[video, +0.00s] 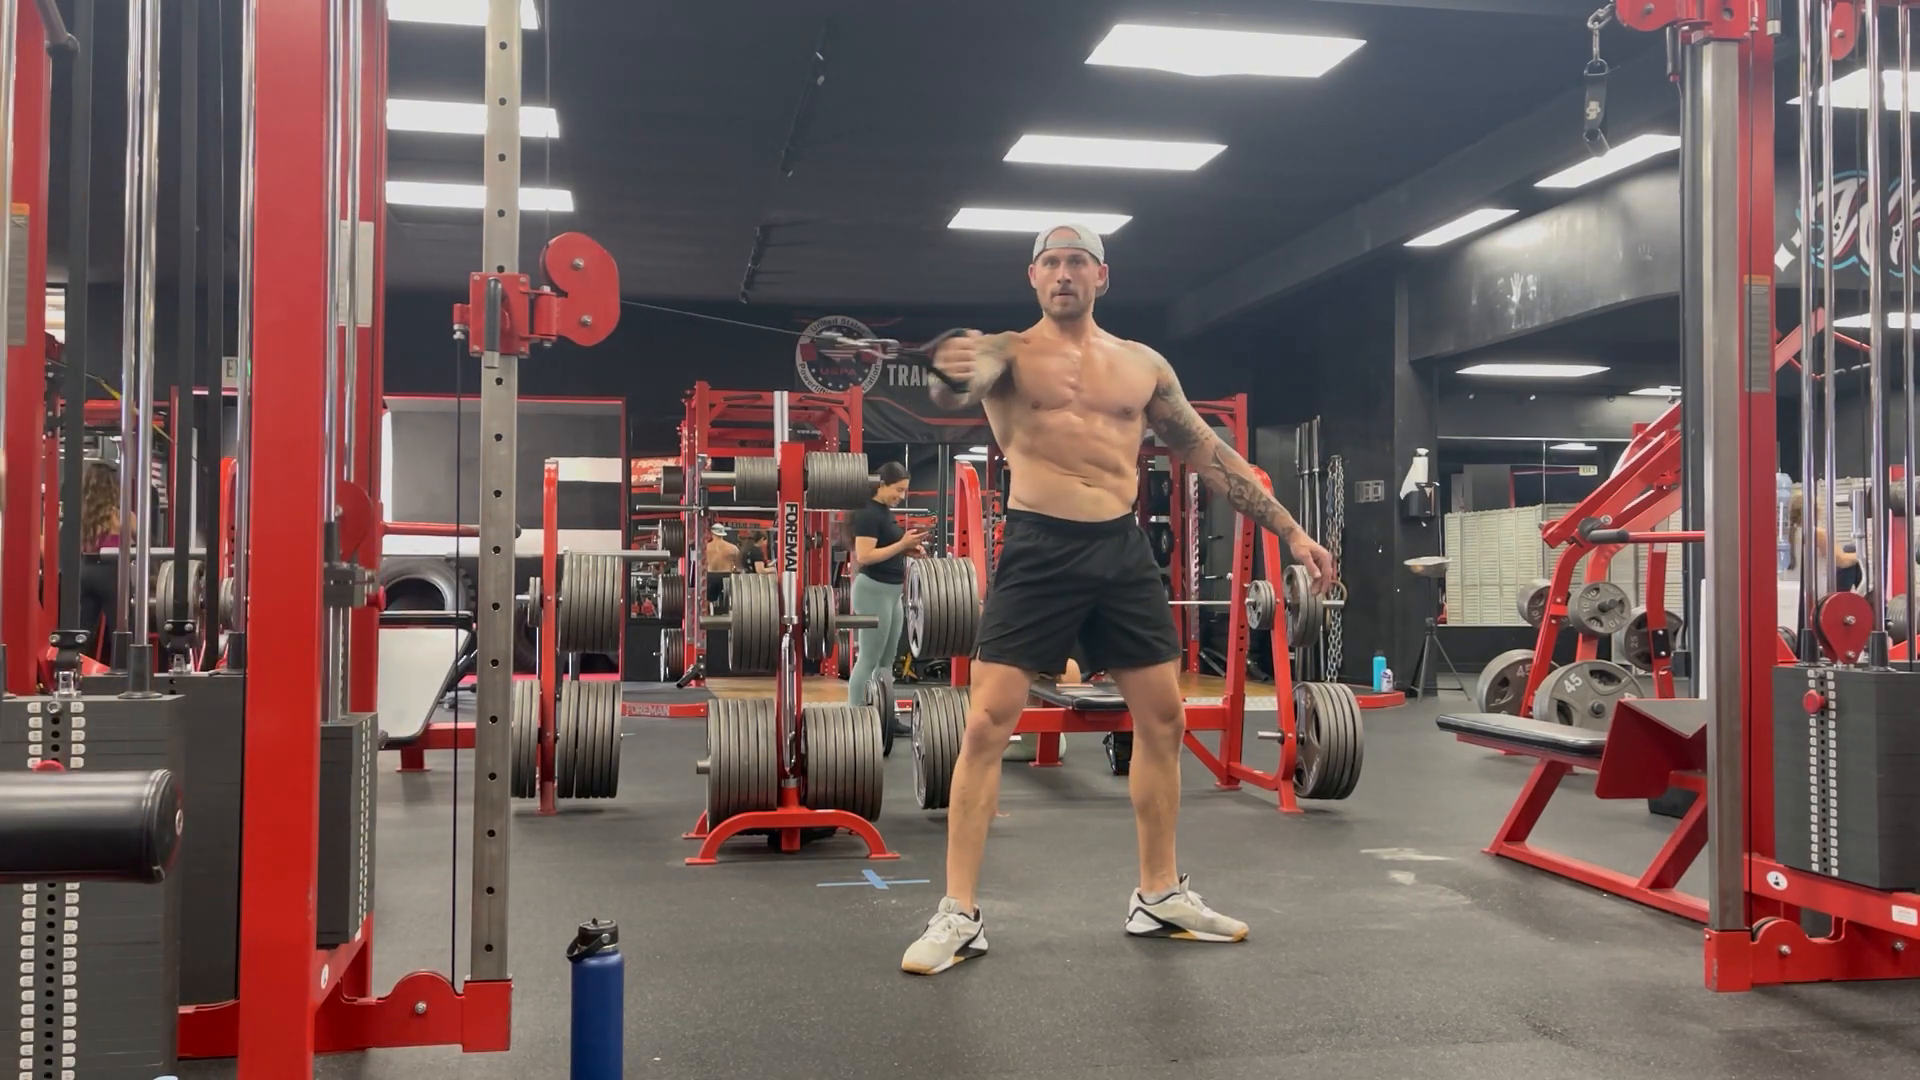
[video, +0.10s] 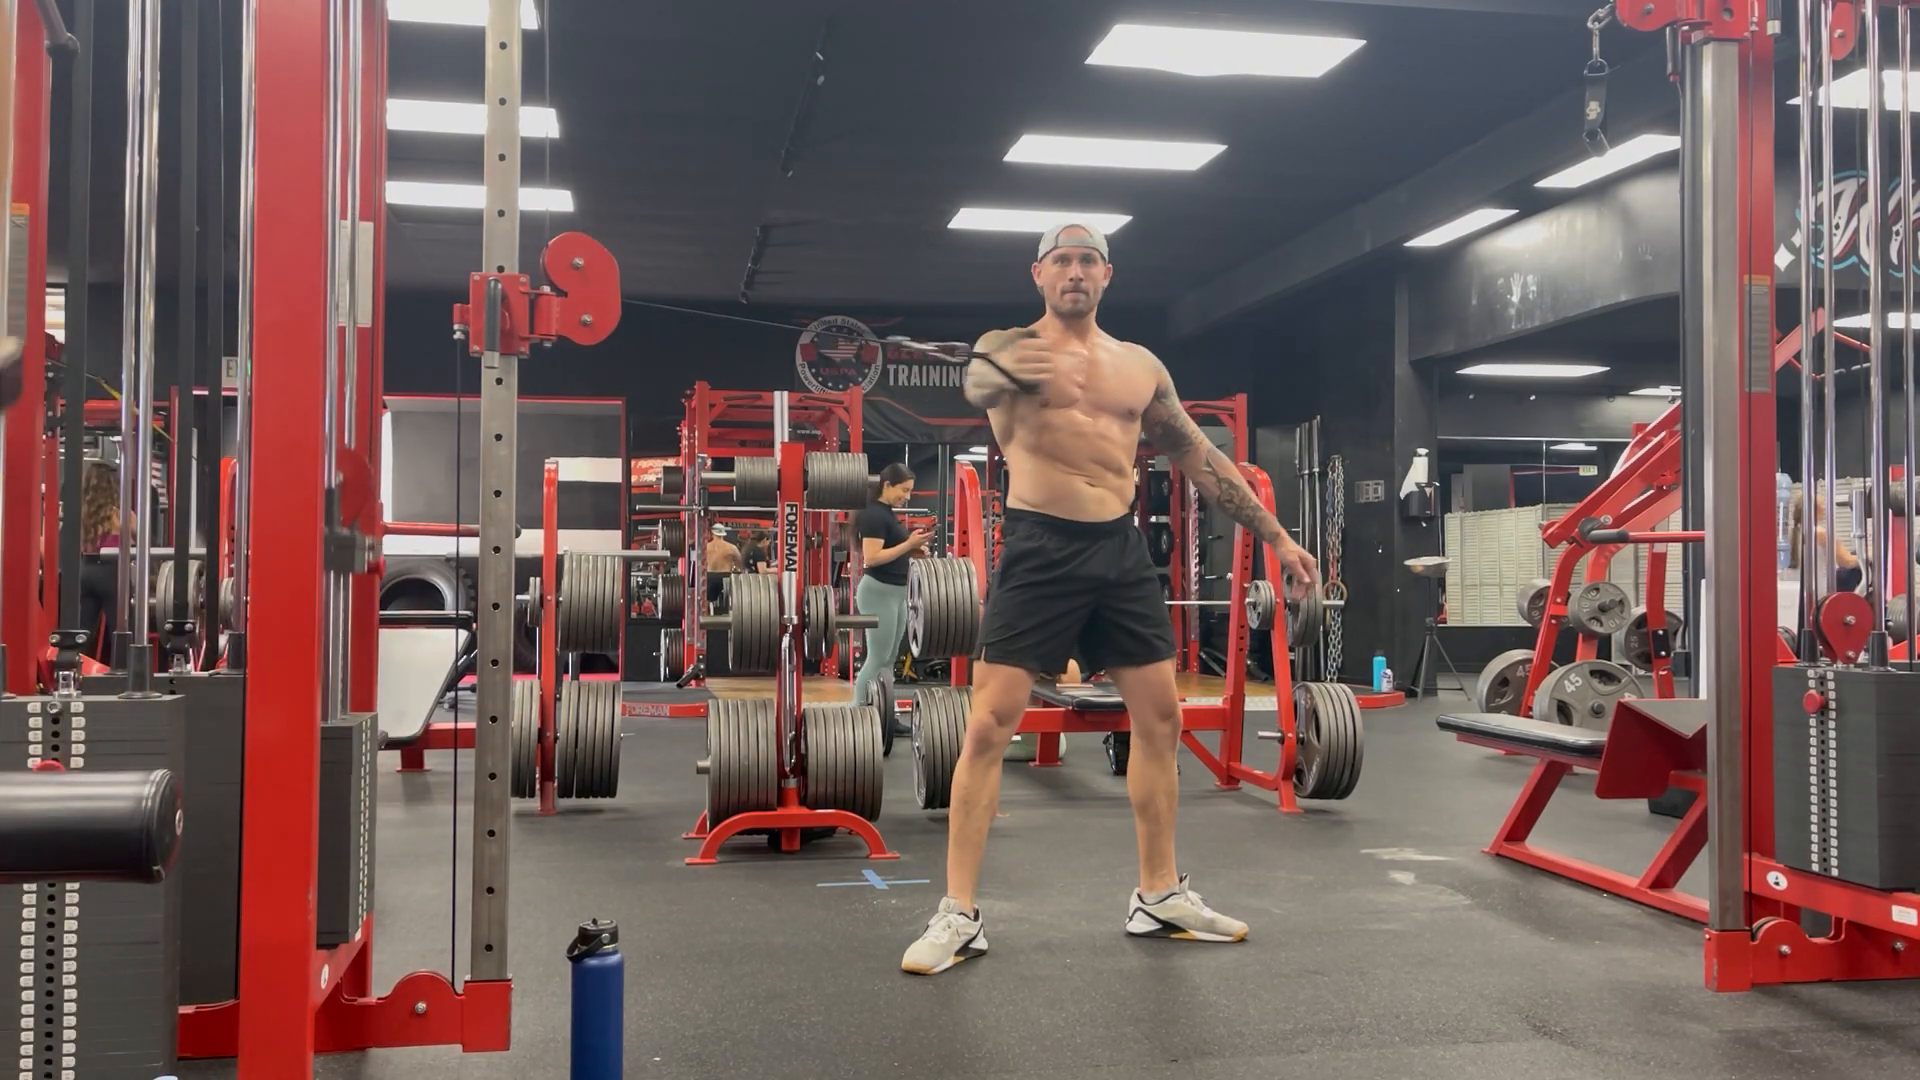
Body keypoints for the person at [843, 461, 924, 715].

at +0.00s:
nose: (902, 496)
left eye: (904, 491)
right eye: (899, 490)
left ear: (897, 487)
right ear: (884, 484)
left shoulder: (885, 513)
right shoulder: (869, 513)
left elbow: (883, 549)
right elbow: (863, 556)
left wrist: (905, 549)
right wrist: (901, 545)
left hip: (892, 592)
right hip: (873, 590)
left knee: (886, 661)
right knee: (868, 660)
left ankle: (880, 717)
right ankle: (855, 718)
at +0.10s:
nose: (907, 496)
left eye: (909, 491)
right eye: (904, 490)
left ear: (892, 488)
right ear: (887, 485)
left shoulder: (889, 514)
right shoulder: (875, 514)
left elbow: (891, 551)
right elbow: (871, 558)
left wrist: (913, 548)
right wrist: (908, 544)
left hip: (896, 592)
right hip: (879, 591)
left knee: (889, 659)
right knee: (878, 658)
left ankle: (885, 716)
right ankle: (858, 714)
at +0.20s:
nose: (912, 497)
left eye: (914, 492)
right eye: (909, 490)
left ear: (898, 489)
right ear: (893, 485)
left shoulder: (892, 513)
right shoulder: (880, 514)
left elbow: (891, 551)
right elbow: (877, 558)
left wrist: (916, 549)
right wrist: (914, 545)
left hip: (893, 589)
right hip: (884, 589)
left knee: (891, 657)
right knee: (889, 658)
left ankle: (880, 712)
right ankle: (869, 713)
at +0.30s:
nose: (918, 497)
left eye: (920, 492)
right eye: (915, 490)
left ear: (901, 487)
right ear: (898, 485)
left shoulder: (895, 512)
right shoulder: (886, 513)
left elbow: (894, 550)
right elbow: (883, 557)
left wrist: (918, 548)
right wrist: (918, 545)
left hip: (893, 586)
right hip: (886, 587)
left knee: (886, 655)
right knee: (905, 654)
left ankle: (874, 711)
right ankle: (881, 710)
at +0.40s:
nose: (923, 498)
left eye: (926, 493)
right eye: (921, 492)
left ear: (907, 488)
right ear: (904, 485)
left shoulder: (899, 512)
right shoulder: (892, 513)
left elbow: (897, 551)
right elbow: (887, 557)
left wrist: (921, 550)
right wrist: (923, 546)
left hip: (893, 585)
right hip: (890, 586)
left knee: (889, 657)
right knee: (919, 650)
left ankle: (881, 713)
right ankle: (898, 712)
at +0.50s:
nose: (931, 499)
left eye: (933, 494)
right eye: (928, 493)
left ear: (913, 488)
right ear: (912, 487)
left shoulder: (906, 511)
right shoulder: (898, 513)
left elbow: (904, 551)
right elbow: (892, 557)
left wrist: (929, 549)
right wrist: (928, 546)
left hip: (897, 583)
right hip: (896, 584)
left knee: (893, 653)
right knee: (928, 648)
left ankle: (882, 714)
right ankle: (926, 716)